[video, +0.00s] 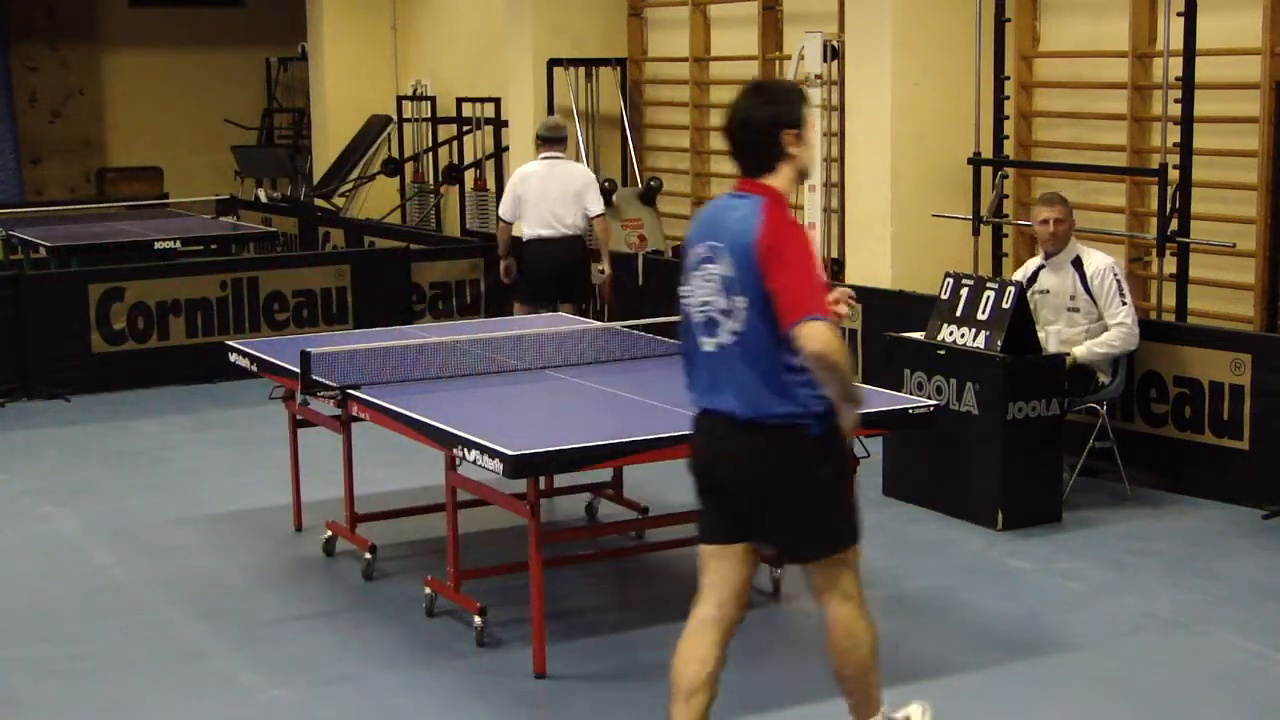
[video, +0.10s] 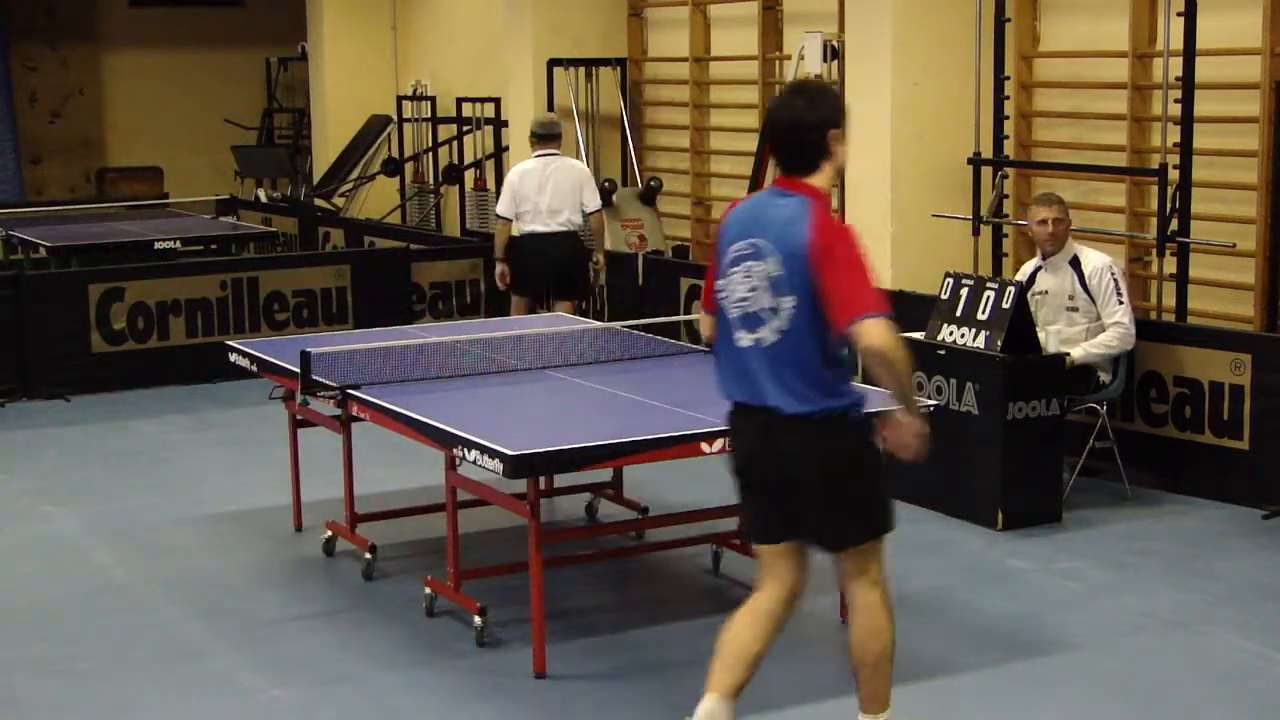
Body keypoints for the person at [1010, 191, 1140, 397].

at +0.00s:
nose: (1051, 230)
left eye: (1059, 222)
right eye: (1044, 223)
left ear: (1072, 225)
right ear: (1034, 228)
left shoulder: (1101, 268)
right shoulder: (1024, 275)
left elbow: (1127, 334)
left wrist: (1073, 357)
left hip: (1088, 374)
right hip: (1035, 373)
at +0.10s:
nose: (1050, 230)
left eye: (1057, 222)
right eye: (1042, 223)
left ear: (1069, 226)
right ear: (1030, 229)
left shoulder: (1098, 267)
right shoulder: (1026, 273)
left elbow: (1123, 334)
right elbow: (1008, 327)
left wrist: (1070, 358)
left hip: (1088, 373)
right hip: (1035, 371)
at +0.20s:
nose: (1048, 230)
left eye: (1055, 222)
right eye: (1040, 223)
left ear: (1066, 225)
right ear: (1027, 230)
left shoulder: (1096, 266)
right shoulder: (1025, 273)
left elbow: (1119, 333)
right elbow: (1010, 328)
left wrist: (1069, 358)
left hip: (1087, 371)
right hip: (1036, 369)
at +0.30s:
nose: (1046, 230)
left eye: (1052, 222)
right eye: (1037, 223)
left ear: (1063, 224)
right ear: (1025, 230)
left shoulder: (1093, 265)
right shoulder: (1022, 273)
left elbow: (1114, 333)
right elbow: (1009, 330)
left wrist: (1065, 356)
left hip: (1086, 369)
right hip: (1035, 368)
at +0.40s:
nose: (1044, 230)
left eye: (1051, 222)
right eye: (1036, 223)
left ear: (1062, 225)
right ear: (1023, 231)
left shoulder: (1092, 264)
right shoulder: (1021, 273)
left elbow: (1110, 333)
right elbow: (1010, 329)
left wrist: (1064, 355)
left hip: (1087, 369)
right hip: (1035, 370)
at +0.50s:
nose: (1042, 233)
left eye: (1049, 224)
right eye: (1034, 226)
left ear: (1061, 225)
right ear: (1022, 232)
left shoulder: (1092, 264)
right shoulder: (1021, 272)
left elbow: (1110, 333)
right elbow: (1009, 329)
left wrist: (1060, 355)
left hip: (1085, 367)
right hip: (1034, 368)